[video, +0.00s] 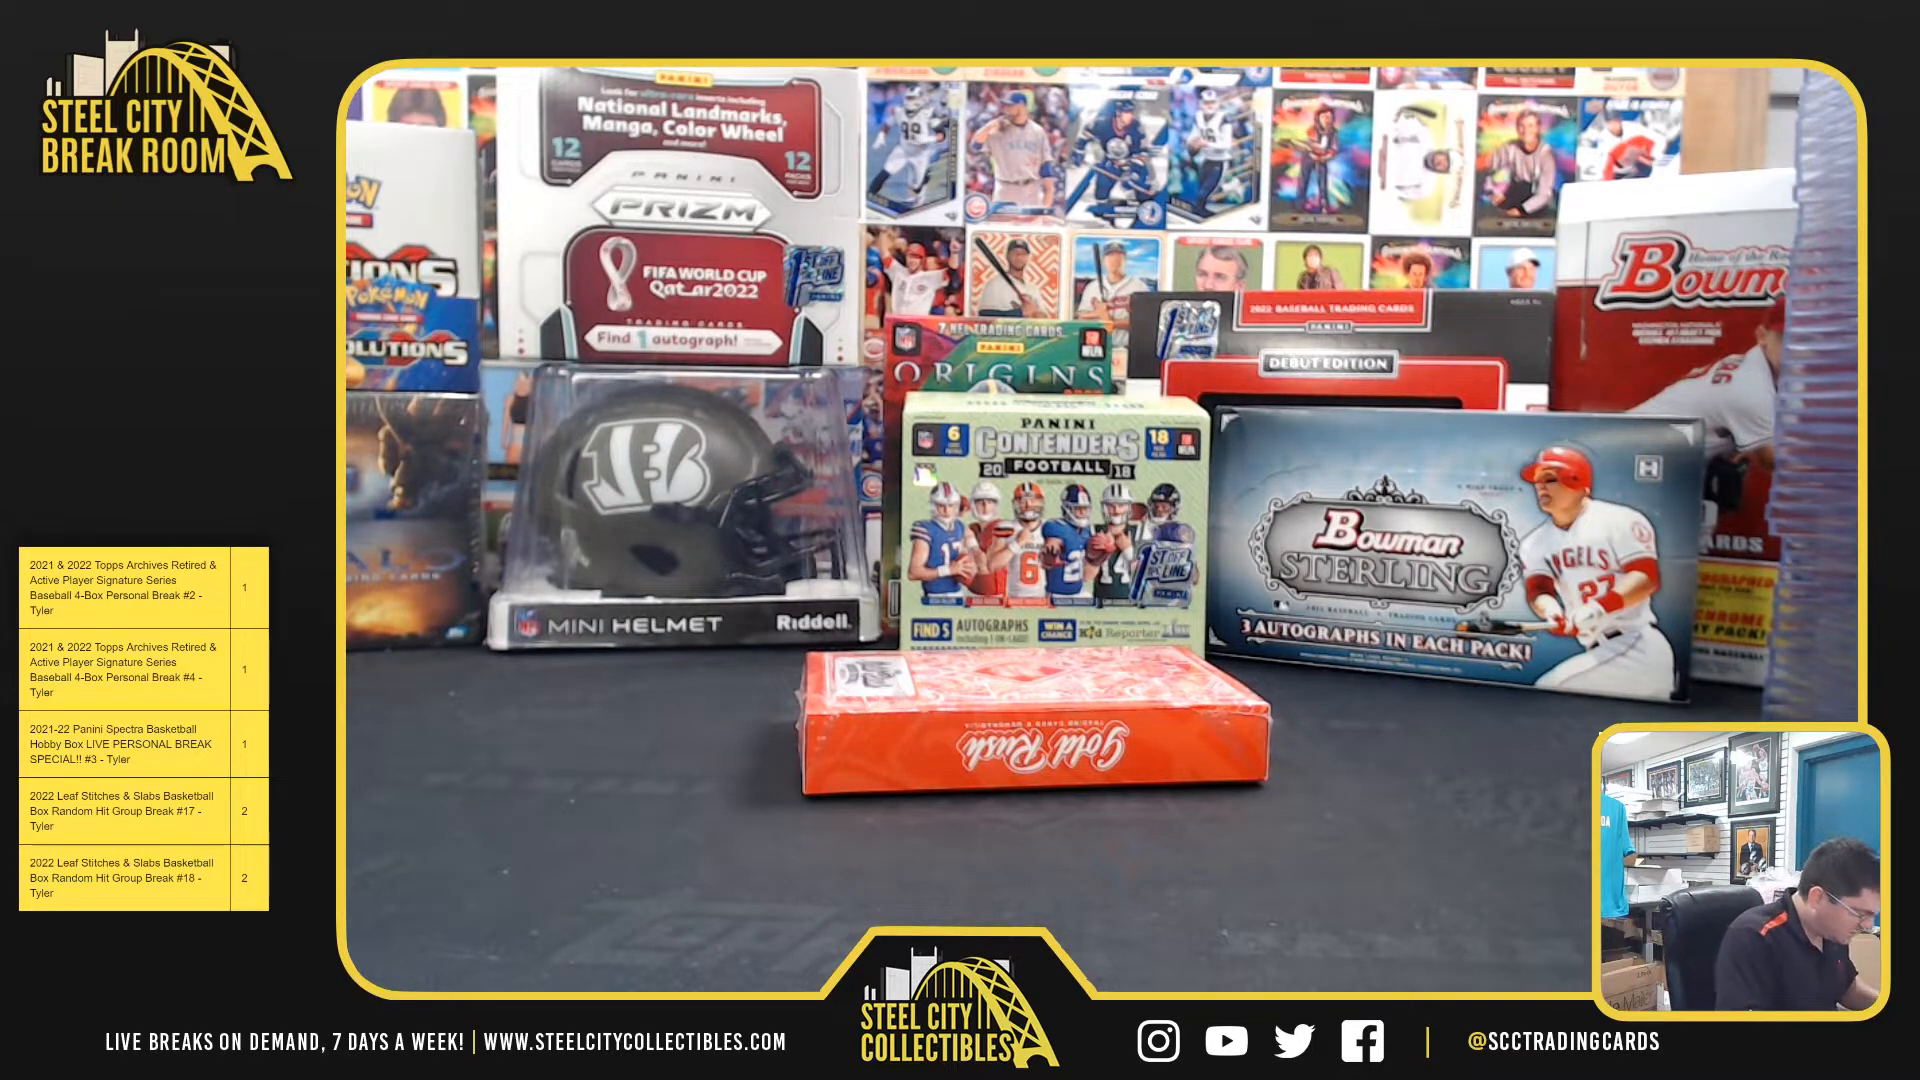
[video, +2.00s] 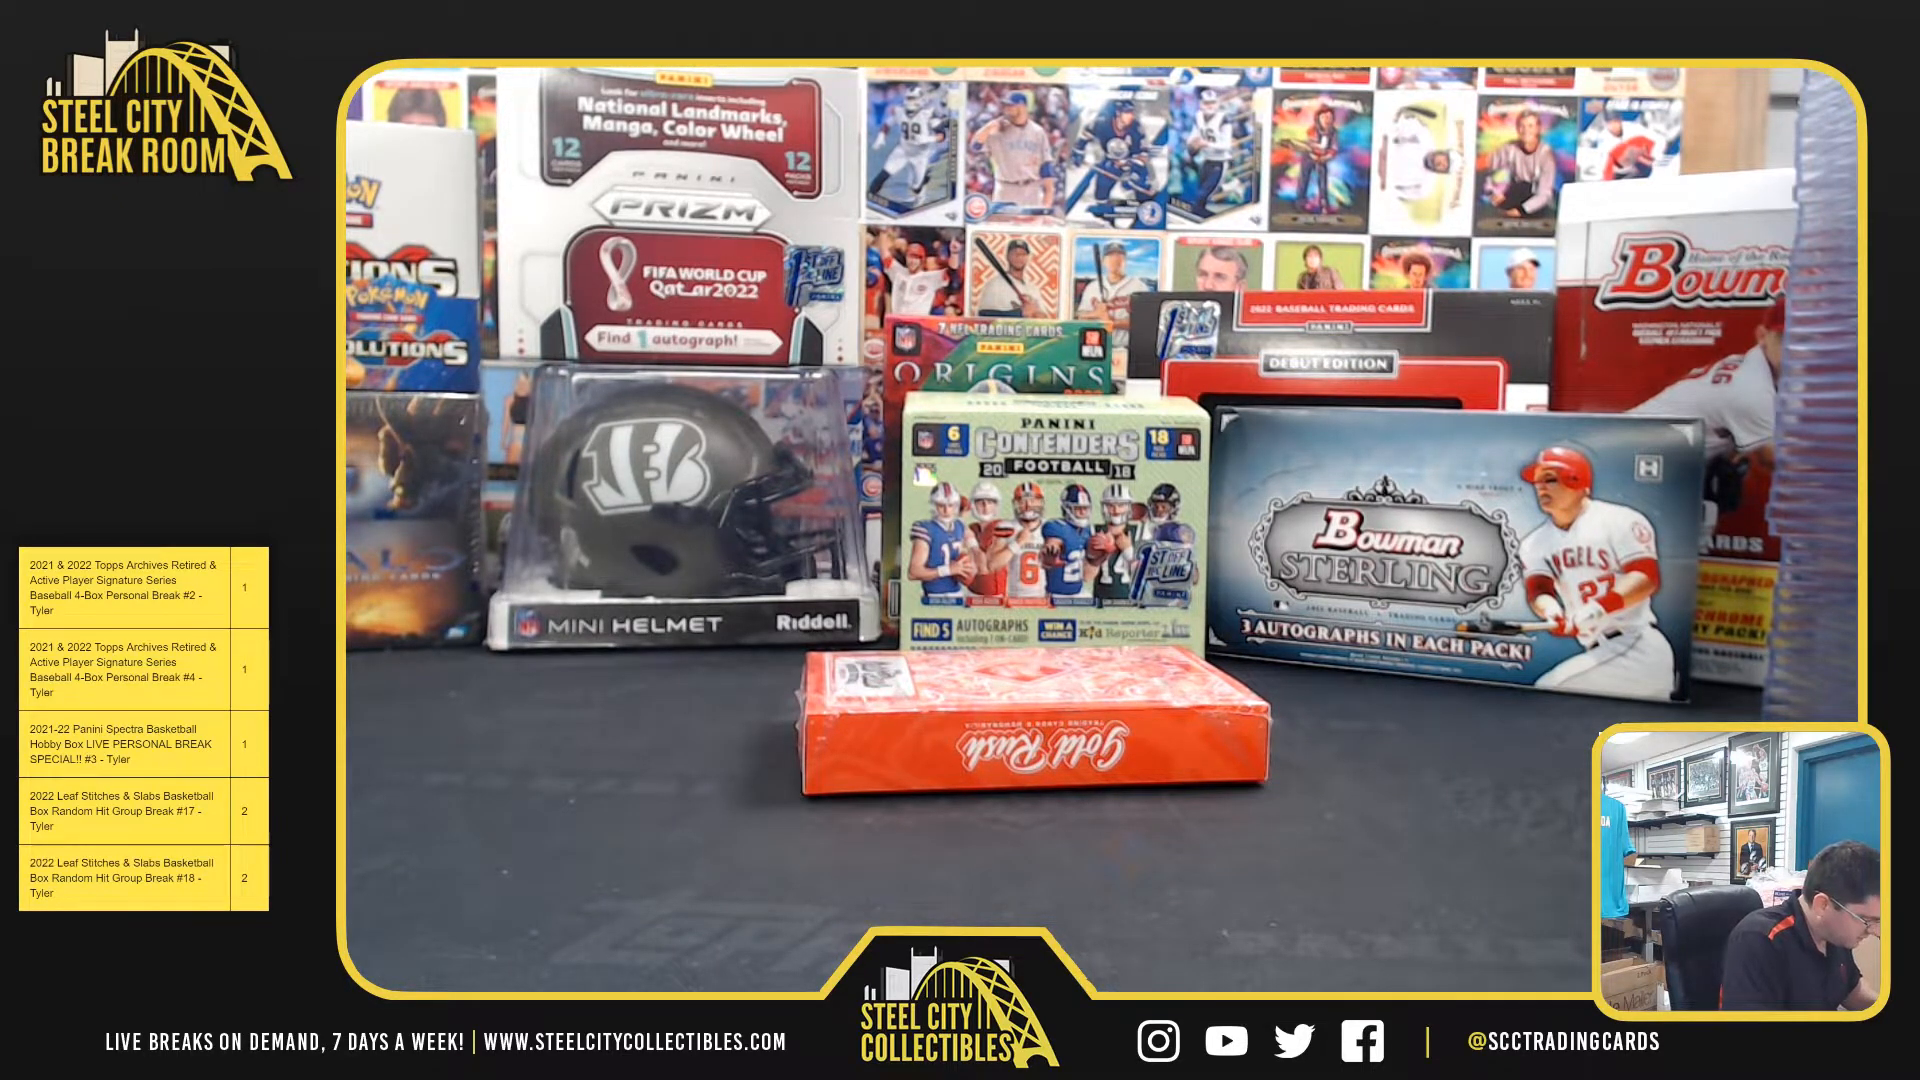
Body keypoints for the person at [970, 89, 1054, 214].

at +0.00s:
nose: (1006, 110)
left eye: (1010, 106)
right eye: (1005, 106)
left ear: (1022, 107)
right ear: (1004, 107)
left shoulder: (1038, 132)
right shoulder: (997, 129)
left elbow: (1046, 166)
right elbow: (974, 146)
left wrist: (1048, 198)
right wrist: (992, 126)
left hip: (1032, 186)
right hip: (1005, 186)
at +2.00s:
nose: (1006, 110)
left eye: (1010, 106)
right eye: (1006, 106)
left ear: (1022, 107)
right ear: (1004, 107)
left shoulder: (1038, 132)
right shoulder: (997, 129)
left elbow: (1046, 166)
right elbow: (974, 147)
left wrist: (1048, 199)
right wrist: (989, 128)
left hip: (1031, 186)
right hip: (1005, 186)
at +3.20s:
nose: (1006, 110)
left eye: (1011, 106)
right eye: (1006, 106)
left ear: (1022, 107)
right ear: (1004, 107)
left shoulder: (1038, 132)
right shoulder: (996, 129)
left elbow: (1046, 165)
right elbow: (974, 147)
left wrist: (1048, 198)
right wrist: (990, 127)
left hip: (1031, 186)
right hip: (1005, 186)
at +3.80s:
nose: (1006, 110)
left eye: (1010, 106)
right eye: (1005, 106)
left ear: (1022, 107)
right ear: (1004, 107)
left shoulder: (1038, 132)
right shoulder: (996, 129)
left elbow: (1046, 166)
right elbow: (974, 148)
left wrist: (1048, 198)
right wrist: (991, 127)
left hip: (1032, 186)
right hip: (1005, 186)